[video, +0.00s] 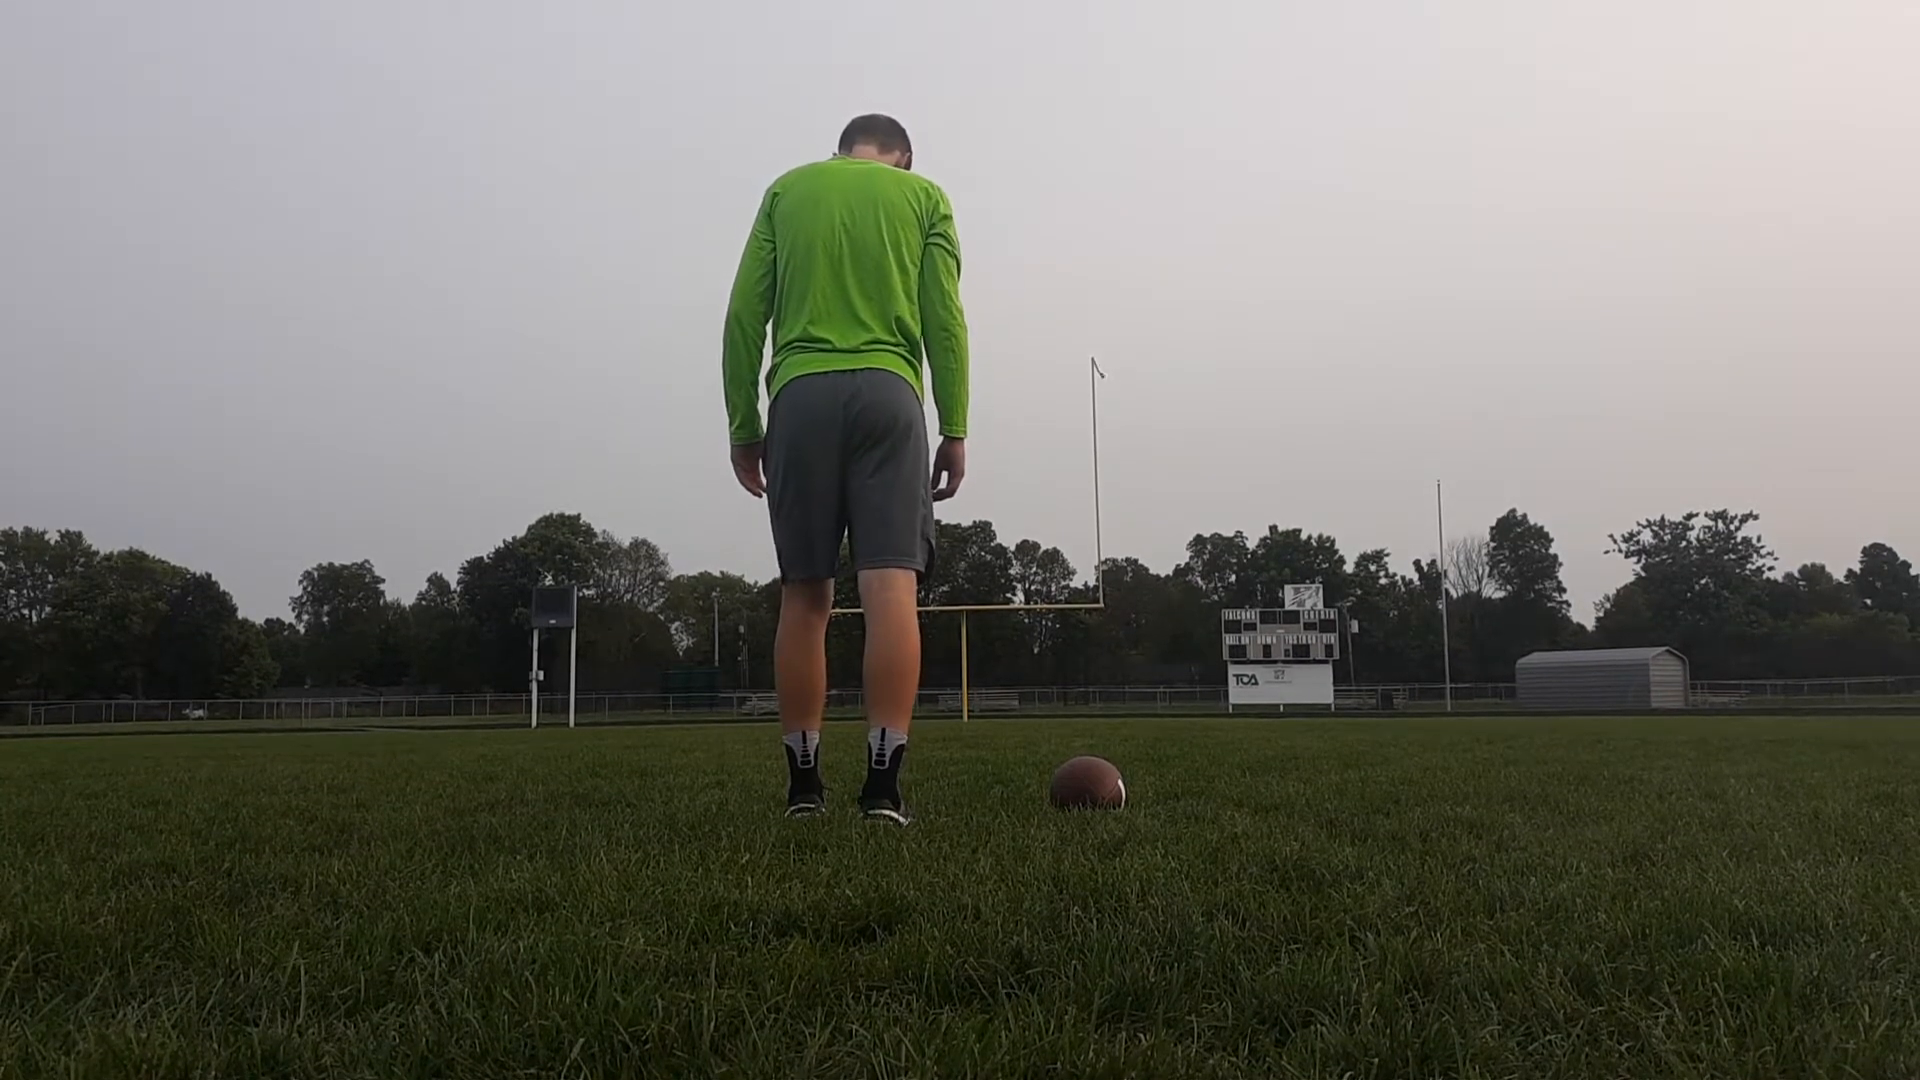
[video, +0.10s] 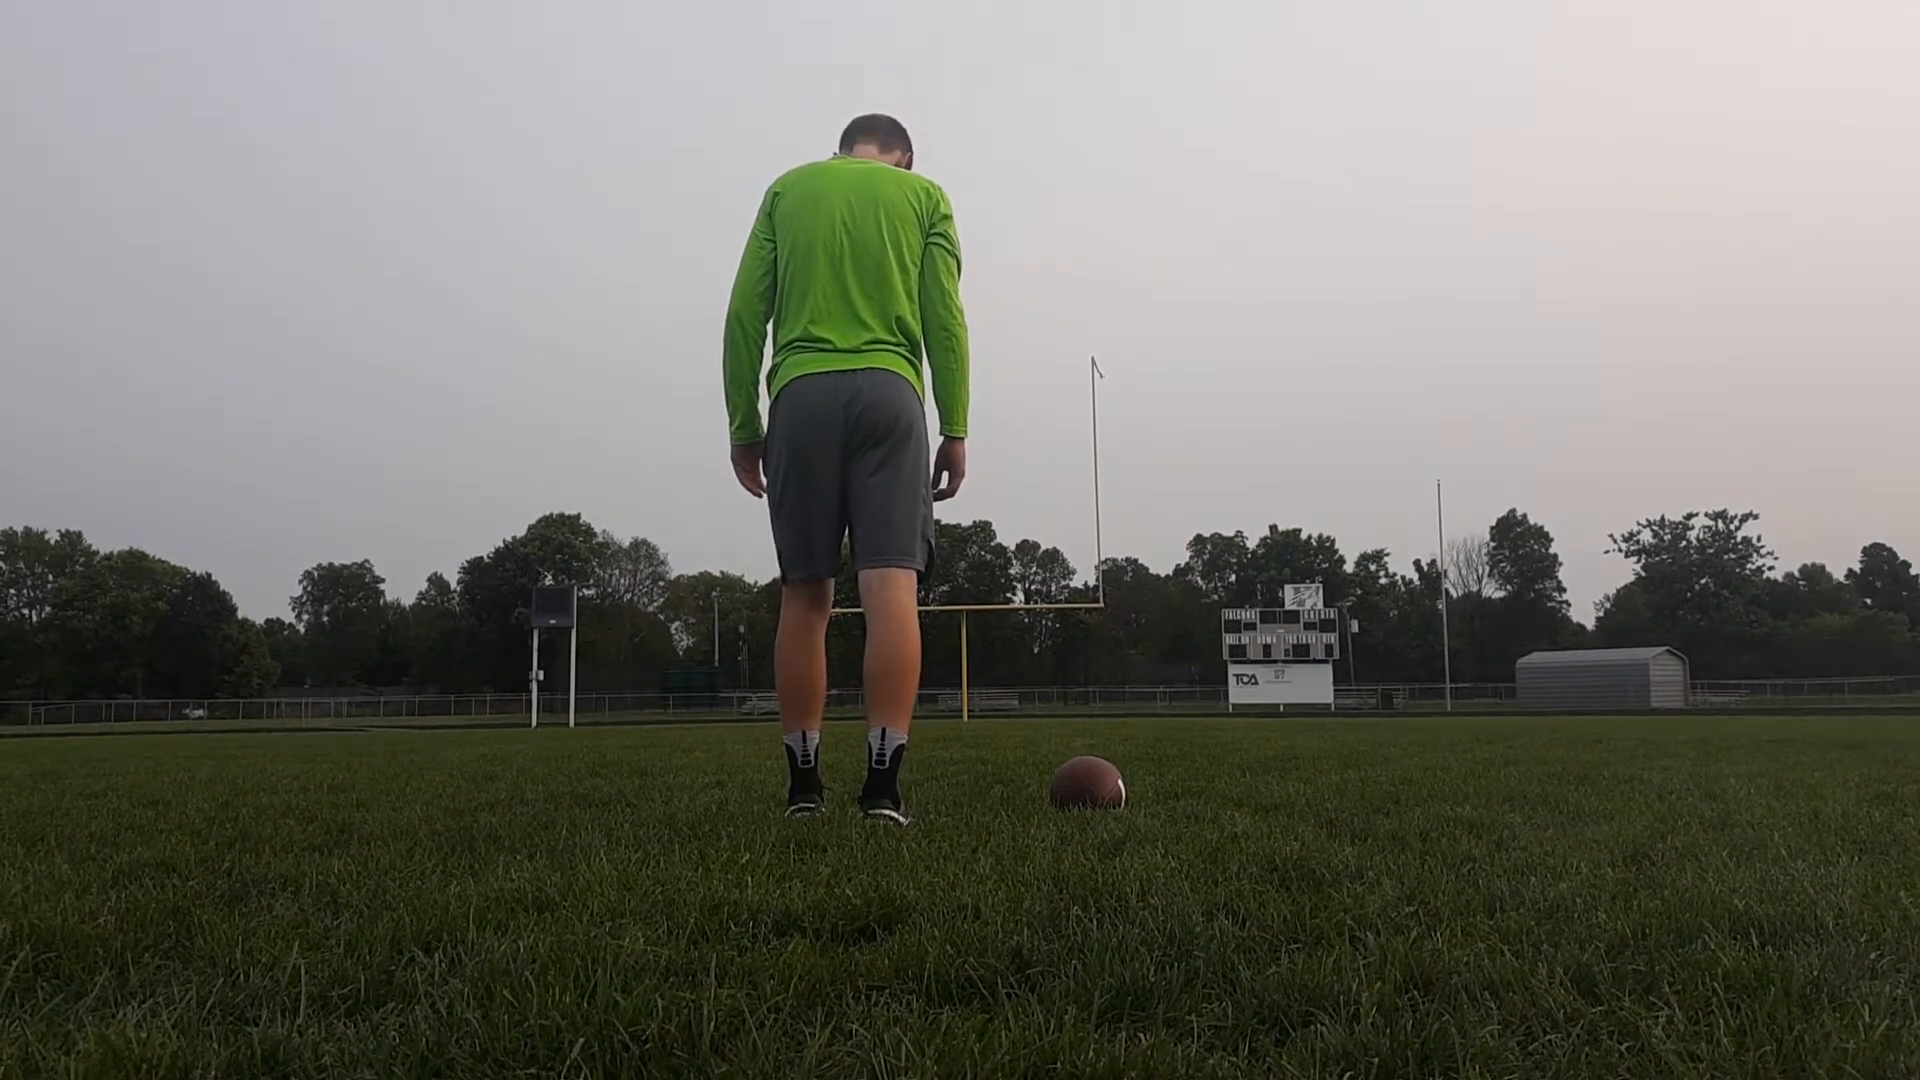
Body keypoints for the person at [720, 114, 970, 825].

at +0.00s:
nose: (907, 176)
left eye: (901, 165)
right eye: (908, 166)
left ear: (841, 148)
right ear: (902, 155)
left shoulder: (787, 187)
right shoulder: (923, 193)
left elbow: (745, 311)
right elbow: (943, 313)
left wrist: (743, 427)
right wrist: (955, 429)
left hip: (801, 396)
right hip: (888, 394)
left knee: (804, 595)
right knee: (890, 591)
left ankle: (804, 787)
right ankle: (883, 792)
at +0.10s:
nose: (908, 176)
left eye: (904, 166)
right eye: (909, 165)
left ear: (842, 147)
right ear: (901, 154)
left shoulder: (788, 187)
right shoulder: (922, 192)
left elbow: (745, 312)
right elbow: (943, 312)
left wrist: (744, 428)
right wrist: (955, 429)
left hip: (802, 396)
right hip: (889, 394)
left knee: (805, 595)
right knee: (890, 591)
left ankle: (804, 786)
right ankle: (883, 789)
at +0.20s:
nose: (909, 174)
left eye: (904, 164)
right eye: (910, 164)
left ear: (842, 147)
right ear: (903, 153)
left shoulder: (789, 186)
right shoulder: (923, 192)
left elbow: (746, 311)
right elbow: (944, 313)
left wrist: (744, 427)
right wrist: (955, 428)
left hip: (802, 396)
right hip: (889, 394)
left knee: (805, 594)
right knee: (890, 590)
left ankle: (804, 786)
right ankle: (883, 788)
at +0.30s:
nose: (910, 174)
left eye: (905, 164)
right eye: (911, 163)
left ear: (843, 146)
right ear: (903, 152)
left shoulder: (789, 185)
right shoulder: (923, 191)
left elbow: (747, 311)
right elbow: (944, 311)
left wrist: (745, 426)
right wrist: (955, 428)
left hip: (803, 395)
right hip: (889, 394)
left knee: (805, 595)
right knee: (889, 591)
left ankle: (804, 786)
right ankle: (884, 789)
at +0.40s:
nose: (910, 173)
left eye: (906, 163)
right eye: (911, 163)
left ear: (843, 145)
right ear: (903, 151)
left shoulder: (790, 185)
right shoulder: (924, 191)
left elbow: (748, 311)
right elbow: (944, 312)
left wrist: (746, 426)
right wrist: (955, 428)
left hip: (804, 396)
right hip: (890, 395)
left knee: (805, 597)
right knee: (888, 593)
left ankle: (804, 786)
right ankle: (883, 791)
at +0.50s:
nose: (910, 174)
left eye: (905, 164)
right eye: (911, 164)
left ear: (844, 145)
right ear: (904, 152)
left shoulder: (790, 184)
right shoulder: (925, 192)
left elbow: (749, 310)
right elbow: (945, 314)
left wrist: (748, 425)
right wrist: (956, 428)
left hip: (804, 395)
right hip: (891, 394)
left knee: (805, 595)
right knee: (888, 591)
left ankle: (804, 785)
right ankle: (883, 791)